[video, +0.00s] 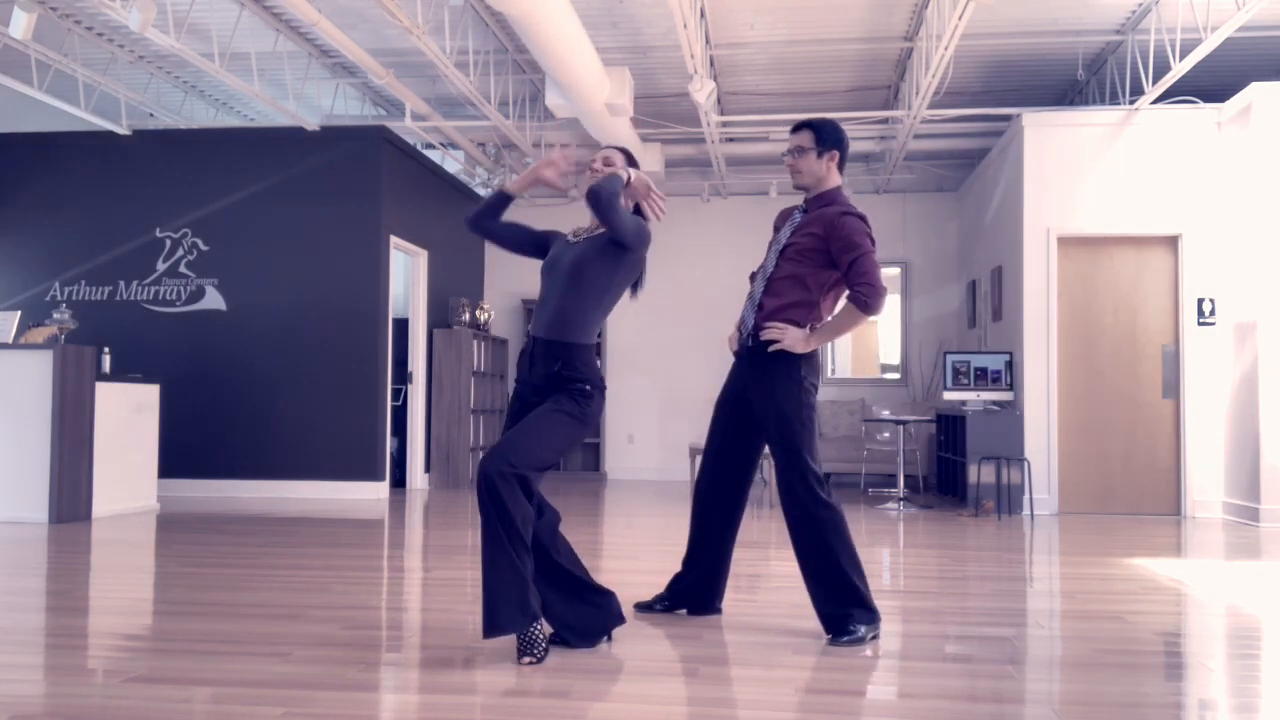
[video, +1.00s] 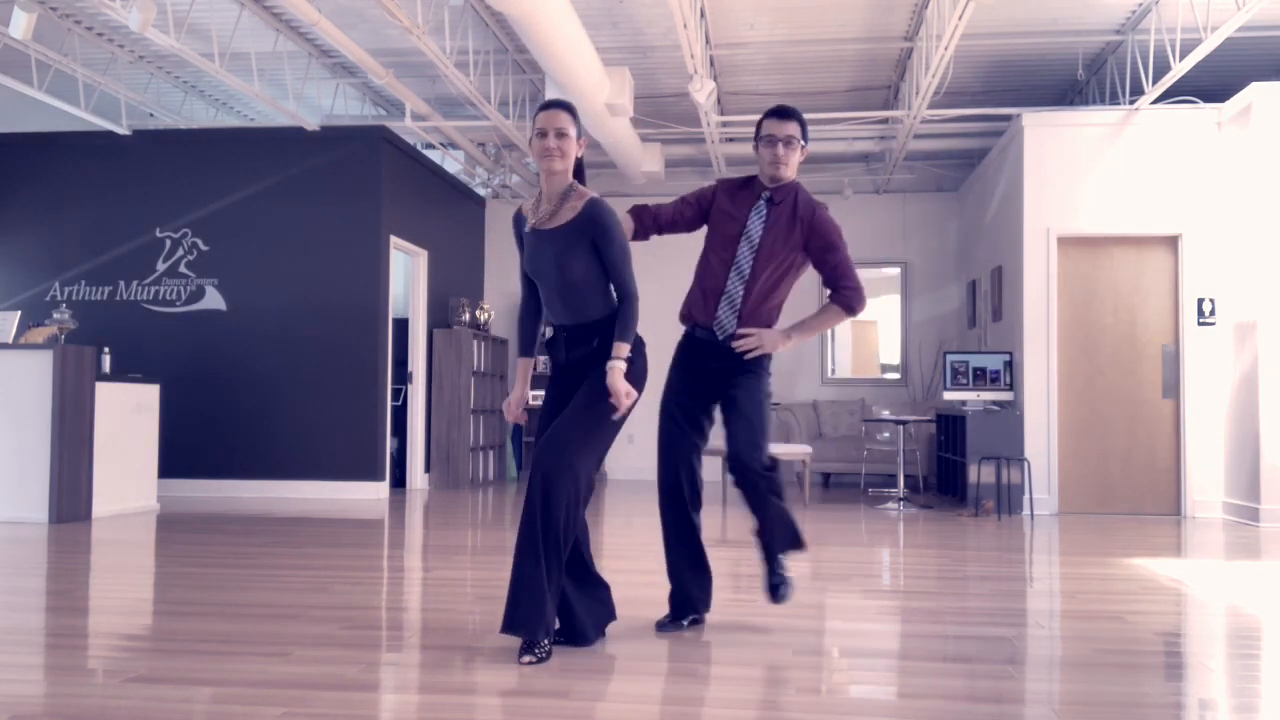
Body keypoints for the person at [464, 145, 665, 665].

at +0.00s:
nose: (596, 170)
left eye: (610, 166)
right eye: (593, 163)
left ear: (632, 187)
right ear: (583, 176)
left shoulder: (633, 236)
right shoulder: (560, 242)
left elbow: (602, 199)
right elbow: (481, 222)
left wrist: (628, 177)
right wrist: (531, 179)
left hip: (576, 388)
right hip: (531, 381)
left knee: (499, 469)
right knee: (517, 496)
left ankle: (529, 618)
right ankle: (586, 611)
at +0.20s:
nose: (591, 157)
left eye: (602, 150)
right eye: (585, 149)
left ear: (622, 167)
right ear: (577, 162)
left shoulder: (622, 226)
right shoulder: (556, 231)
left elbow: (618, 309)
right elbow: (505, 302)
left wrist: (569, 270)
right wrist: (460, 288)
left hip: (584, 374)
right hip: (542, 372)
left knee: (505, 468)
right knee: (520, 491)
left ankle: (527, 617)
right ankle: (588, 611)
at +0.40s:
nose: (564, 132)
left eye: (575, 124)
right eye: (557, 123)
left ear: (594, 138)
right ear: (546, 135)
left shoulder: (598, 205)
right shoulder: (534, 207)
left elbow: (602, 294)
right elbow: (535, 292)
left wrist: (594, 377)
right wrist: (517, 367)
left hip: (600, 347)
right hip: (554, 348)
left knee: (543, 459)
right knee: (538, 471)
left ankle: (537, 617)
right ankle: (587, 606)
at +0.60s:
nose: (547, 137)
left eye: (557, 128)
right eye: (539, 129)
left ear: (578, 140)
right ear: (528, 139)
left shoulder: (590, 204)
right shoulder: (536, 215)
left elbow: (620, 287)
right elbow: (544, 303)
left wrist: (609, 362)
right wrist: (528, 379)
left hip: (602, 352)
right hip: (560, 356)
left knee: (549, 454)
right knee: (556, 474)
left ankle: (541, 617)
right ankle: (588, 606)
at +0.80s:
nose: (542, 149)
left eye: (553, 140)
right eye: (534, 140)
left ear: (574, 150)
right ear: (524, 150)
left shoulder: (586, 219)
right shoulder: (519, 220)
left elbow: (612, 304)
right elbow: (536, 301)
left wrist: (624, 387)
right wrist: (532, 378)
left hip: (610, 358)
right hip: (566, 361)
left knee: (552, 461)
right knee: (553, 477)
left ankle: (542, 621)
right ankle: (591, 608)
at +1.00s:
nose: (551, 143)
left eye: (561, 135)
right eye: (542, 135)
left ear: (580, 145)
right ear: (530, 145)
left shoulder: (597, 213)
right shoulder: (525, 218)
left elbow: (628, 292)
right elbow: (532, 299)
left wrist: (619, 362)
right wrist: (521, 379)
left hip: (611, 356)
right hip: (563, 360)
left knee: (553, 466)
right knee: (555, 476)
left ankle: (539, 621)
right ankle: (584, 610)